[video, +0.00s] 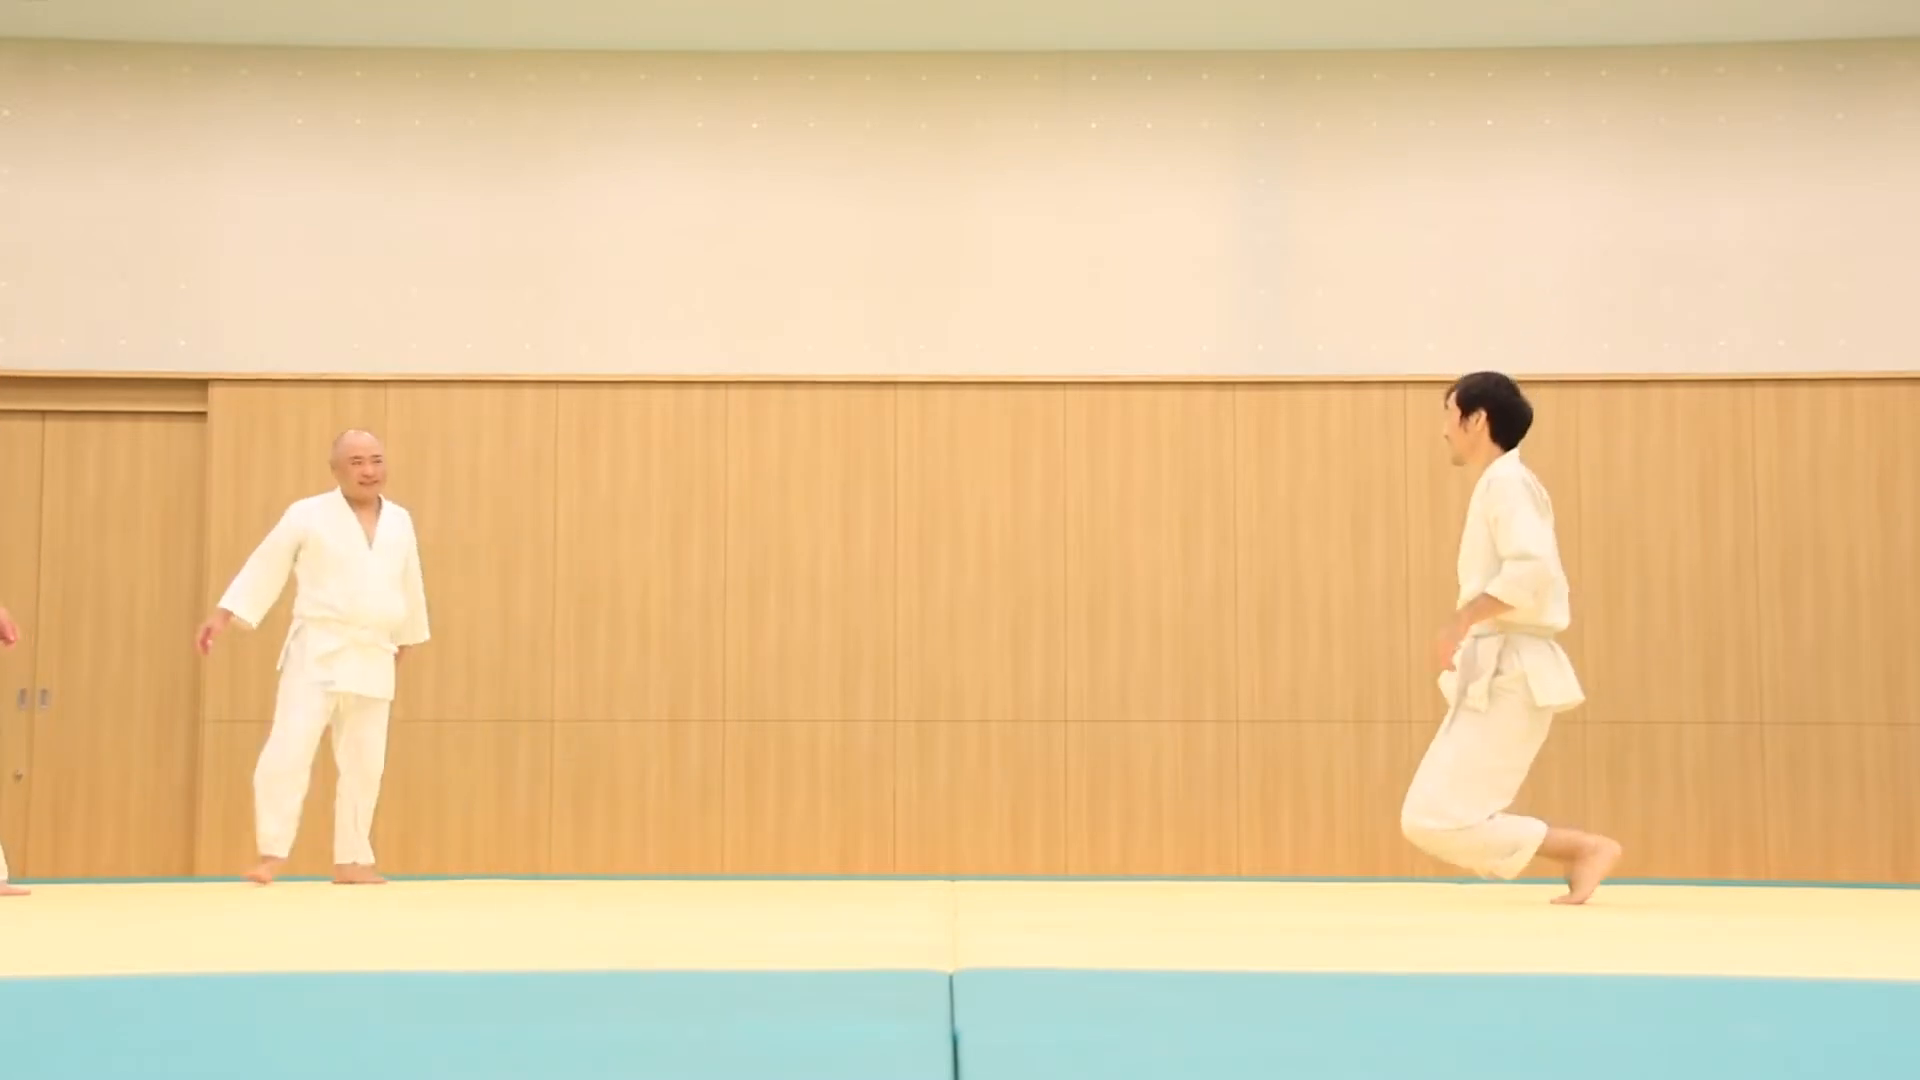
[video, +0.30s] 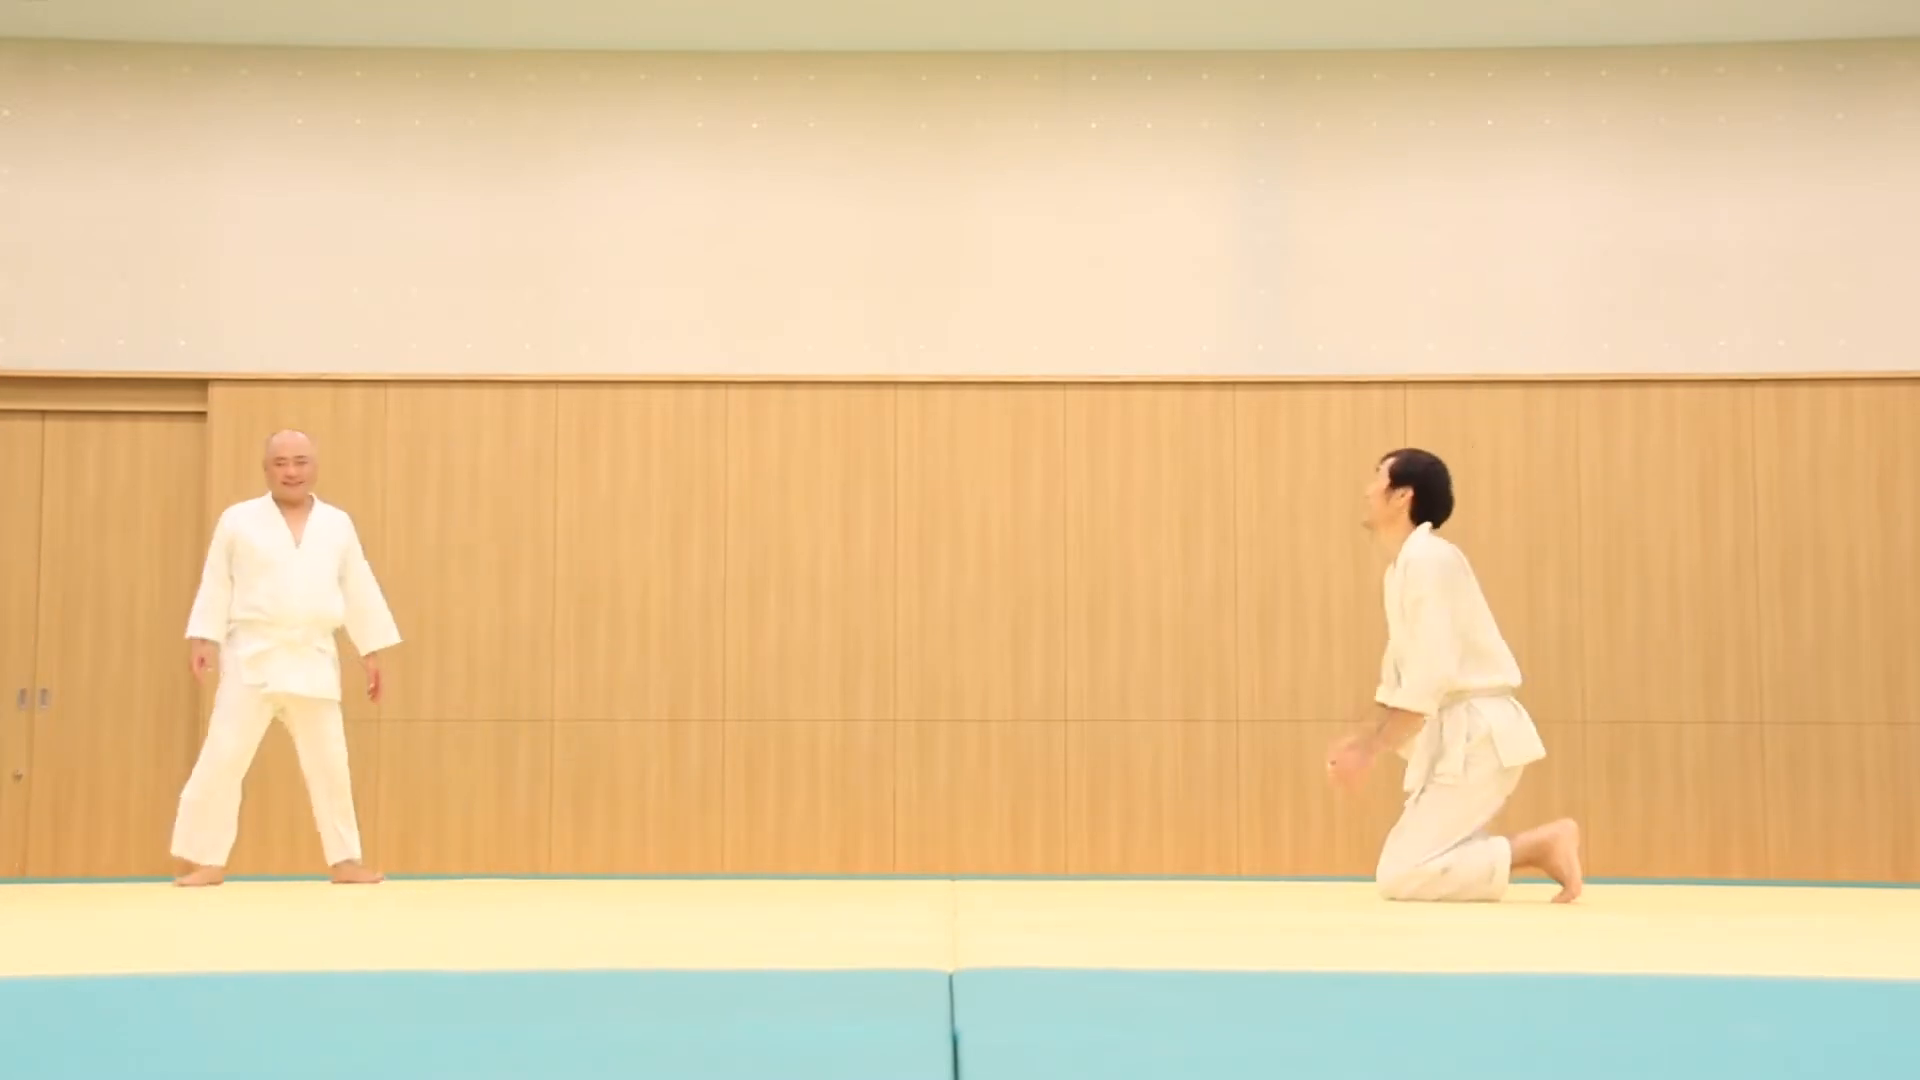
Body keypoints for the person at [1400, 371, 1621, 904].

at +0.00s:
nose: (1445, 428)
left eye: (1451, 415)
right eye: (1447, 414)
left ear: (1478, 420)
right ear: (1486, 421)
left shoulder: (1506, 481)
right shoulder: (1506, 481)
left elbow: (1532, 571)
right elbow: (1530, 581)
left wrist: (1460, 622)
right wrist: (1462, 633)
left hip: (1513, 675)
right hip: (1501, 674)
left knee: (1430, 819)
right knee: (1431, 819)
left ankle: (1583, 849)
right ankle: (1577, 851)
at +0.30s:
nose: (1368, 490)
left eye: (1378, 480)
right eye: (1374, 478)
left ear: (1402, 498)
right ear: (1402, 499)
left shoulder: (1427, 559)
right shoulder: (1407, 565)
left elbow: (1431, 676)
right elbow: (1405, 679)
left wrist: (1372, 747)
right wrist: (1364, 742)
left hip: (1481, 736)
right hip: (1456, 737)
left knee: (1400, 875)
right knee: (1405, 870)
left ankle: (1539, 848)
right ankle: (1537, 849)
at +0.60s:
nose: (1333, 515)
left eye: (1342, 501)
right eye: (1336, 501)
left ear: (1375, 512)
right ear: (1373, 513)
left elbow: (1349, 669)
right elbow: (1340, 669)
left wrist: (1266, 731)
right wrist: (1268, 729)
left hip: (1484, 742)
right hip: (1457, 742)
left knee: (1399, 879)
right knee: (1398, 876)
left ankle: (1533, 841)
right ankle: (1530, 842)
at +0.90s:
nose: (1343, 562)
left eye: (1350, 546)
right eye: (1344, 546)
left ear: (1383, 553)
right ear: (1383, 555)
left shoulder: (1427, 610)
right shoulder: (1417, 612)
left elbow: (1349, 703)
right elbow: (1395, 728)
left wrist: (1264, 764)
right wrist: (1363, 695)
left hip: (1517, 768)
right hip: (1494, 766)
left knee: (1403, 879)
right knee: (1402, 873)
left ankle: (1540, 852)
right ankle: (1537, 851)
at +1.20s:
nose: (1412, 565)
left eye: (1418, 549)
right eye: (1412, 551)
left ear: (1455, 554)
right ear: (1454, 555)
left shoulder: (1493, 619)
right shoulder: (1474, 621)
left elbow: (1421, 720)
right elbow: (1453, 738)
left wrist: (1336, 765)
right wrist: (1444, 685)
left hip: (1546, 789)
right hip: (1516, 784)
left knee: (1409, 878)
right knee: (1405, 874)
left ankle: (1548, 855)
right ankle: (1546, 852)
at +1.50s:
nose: (1461, 558)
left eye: (1467, 541)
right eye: (1461, 543)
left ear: (1504, 548)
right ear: (1502, 550)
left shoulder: (1539, 614)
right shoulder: (1524, 613)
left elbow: (1526, 718)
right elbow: (1536, 726)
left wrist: (1438, 717)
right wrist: (1473, 738)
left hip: (1553, 789)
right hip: (1532, 782)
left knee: (1408, 876)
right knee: (1405, 872)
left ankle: (1550, 855)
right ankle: (1546, 856)